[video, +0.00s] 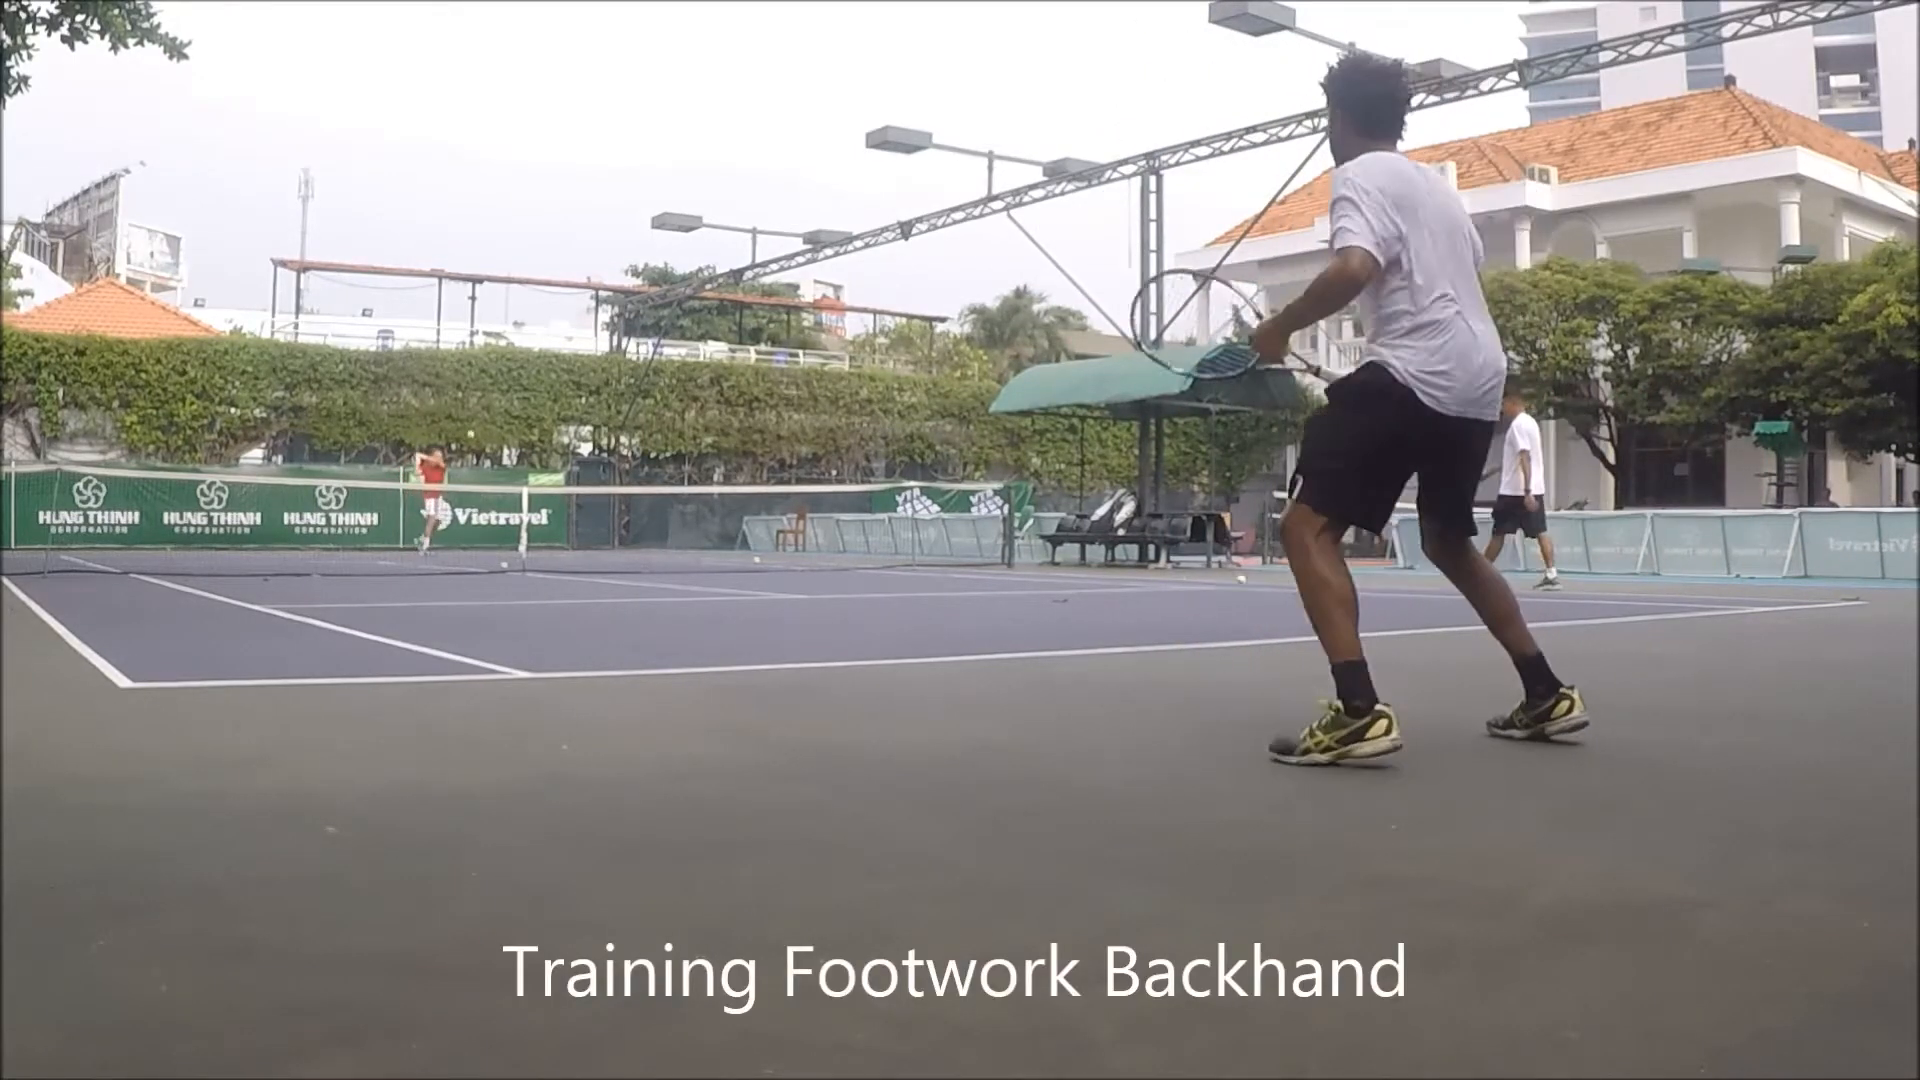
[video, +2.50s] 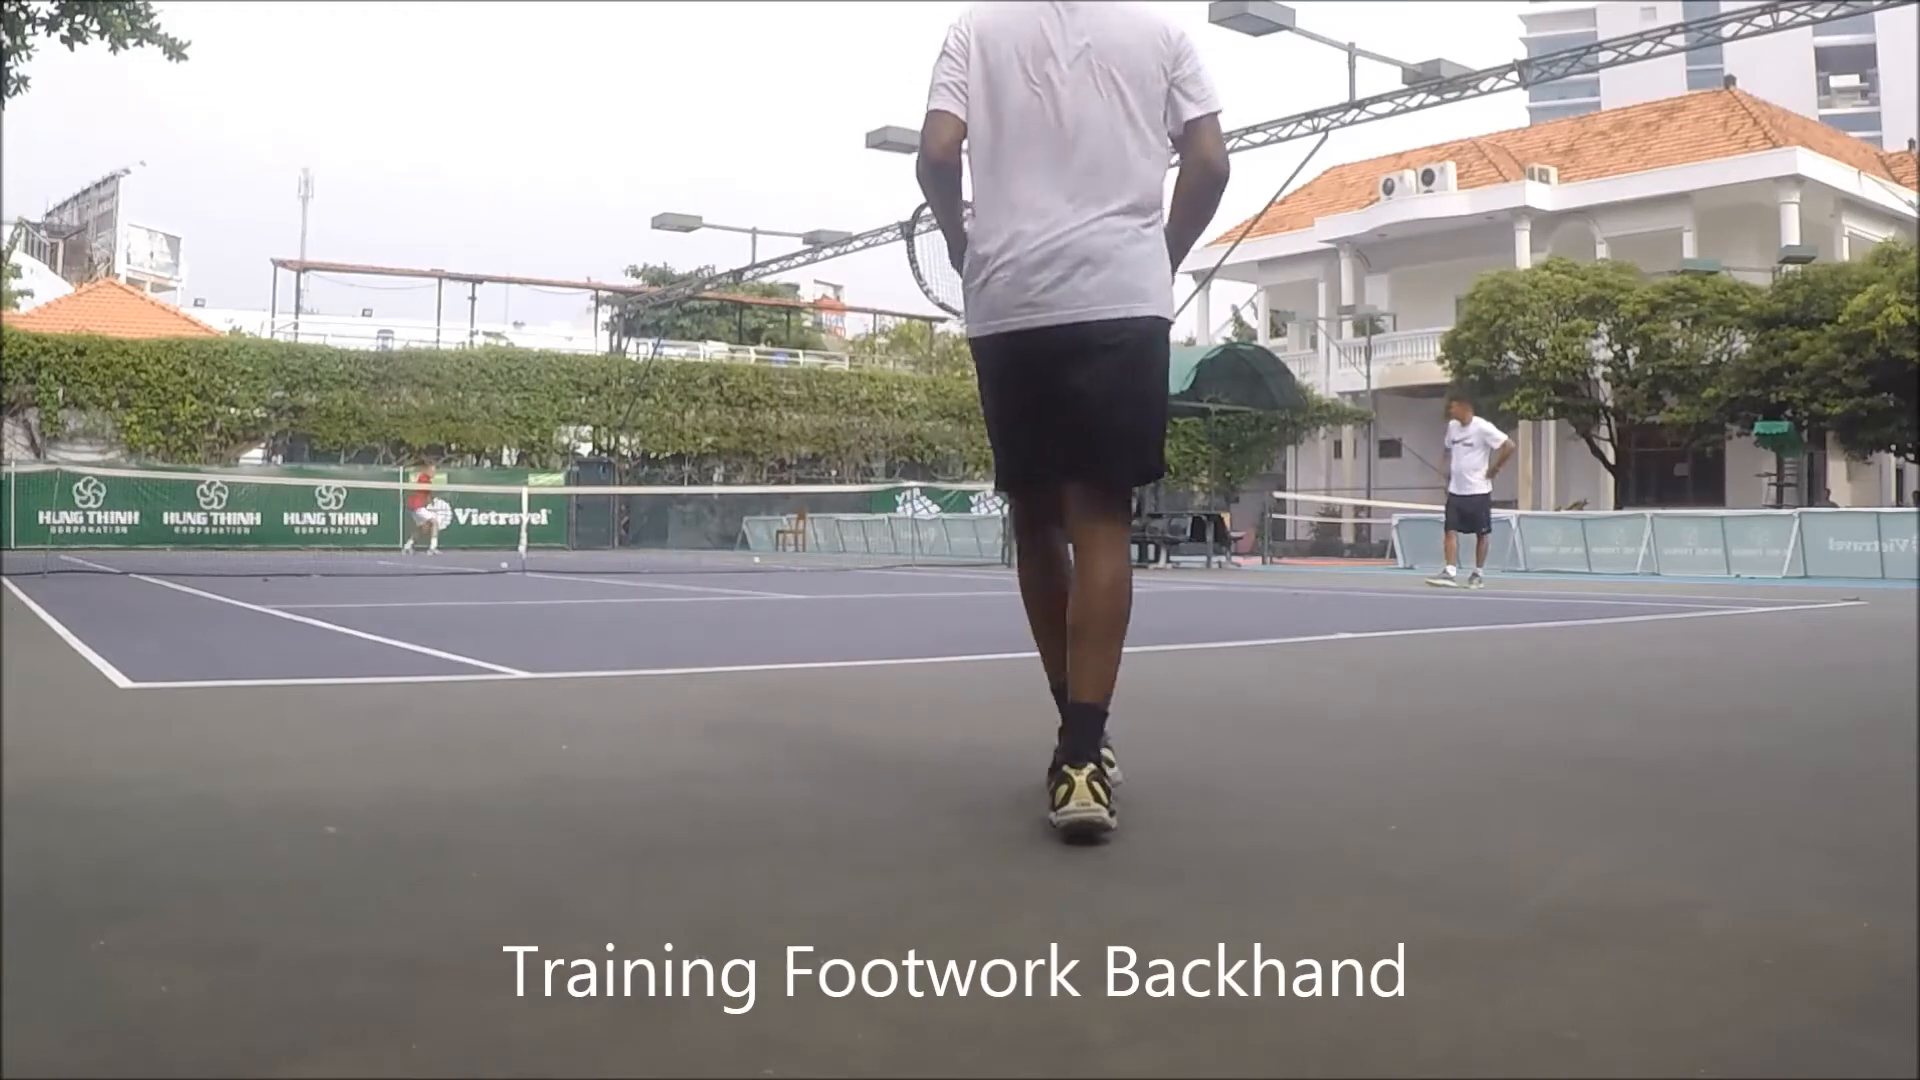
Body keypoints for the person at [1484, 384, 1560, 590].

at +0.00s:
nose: (1501, 409)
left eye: (1503, 404)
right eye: (1501, 404)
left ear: (1512, 402)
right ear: (1517, 402)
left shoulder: (1518, 424)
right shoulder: (1529, 422)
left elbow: (1524, 457)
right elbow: (1528, 458)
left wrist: (1528, 491)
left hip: (1513, 491)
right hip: (1533, 491)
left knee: (1498, 536)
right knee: (1541, 534)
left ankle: (1479, 573)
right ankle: (1551, 574)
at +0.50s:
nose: (1432, 441)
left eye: (1430, 436)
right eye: (1429, 438)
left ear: (1437, 429)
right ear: (1441, 426)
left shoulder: (1452, 441)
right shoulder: (1458, 430)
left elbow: (1454, 477)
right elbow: (1457, 473)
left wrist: (1444, 508)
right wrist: (1458, 495)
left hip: (1485, 485)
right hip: (1490, 482)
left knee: (1470, 528)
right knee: (1470, 527)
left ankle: (1475, 574)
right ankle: (1470, 570)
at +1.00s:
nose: (1411, 504)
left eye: (1410, 500)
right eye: (1408, 502)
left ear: (1414, 489)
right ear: (1413, 487)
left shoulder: (1434, 493)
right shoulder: (1421, 480)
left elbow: (1436, 530)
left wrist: (1436, 565)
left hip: (1478, 490)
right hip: (1458, 494)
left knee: (1464, 527)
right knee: (1445, 529)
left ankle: (1474, 575)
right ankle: (1447, 573)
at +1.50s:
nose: (1415, 423)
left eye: (1418, 418)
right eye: (1412, 420)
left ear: (1426, 418)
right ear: (1411, 423)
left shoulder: (1440, 434)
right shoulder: (1415, 442)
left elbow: (1451, 466)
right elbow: (1422, 469)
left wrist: (1431, 490)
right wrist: (1421, 492)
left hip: (1463, 485)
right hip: (1444, 489)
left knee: (1466, 528)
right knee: (1440, 530)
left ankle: (1473, 573)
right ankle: (1446, 573)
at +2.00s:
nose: (1442, 408)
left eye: (1445, 404)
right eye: (1439, 405)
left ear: (1453, 406)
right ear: (1437, 408)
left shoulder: (1466, 425)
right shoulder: (1433, 431)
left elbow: (1480, 452)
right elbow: (1429, 463)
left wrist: (1464, 476)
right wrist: (1425, 488)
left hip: (1466, 489)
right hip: (1443, 490)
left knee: (1471, 532)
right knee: (1443, 532)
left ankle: (1476, 571)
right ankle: (1446, 572)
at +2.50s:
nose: (1450, 411)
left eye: (1452, 407)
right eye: (1450, 408)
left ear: (1464, 408)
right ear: (1457, 410)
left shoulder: (1482, 426)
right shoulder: (1452, 426)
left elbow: (1509, 445)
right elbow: (1447, 450)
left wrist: (1494, 469)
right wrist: (1447, 471)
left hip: (1478, 488)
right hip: (1456, 487)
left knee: (1482, 533)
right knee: (1450, 530)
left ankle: (1478, 572)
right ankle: (1450, 571)